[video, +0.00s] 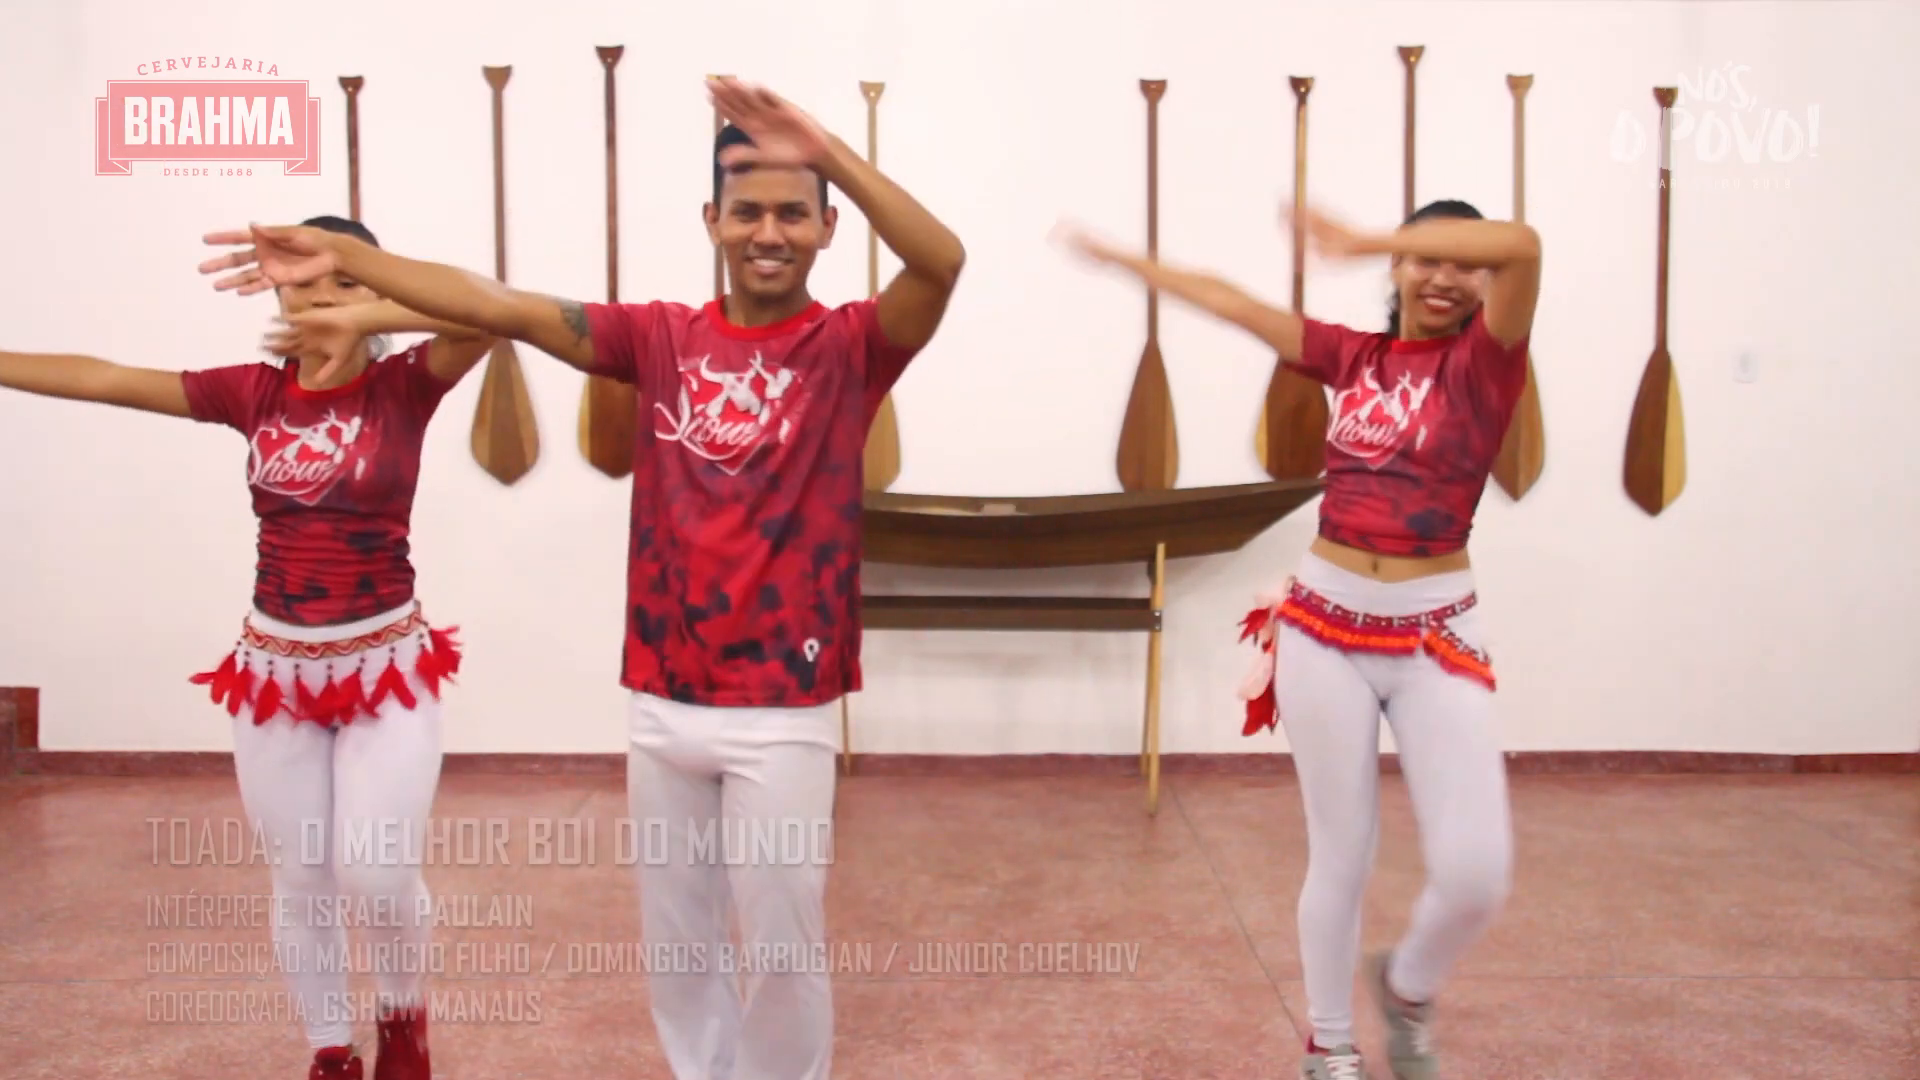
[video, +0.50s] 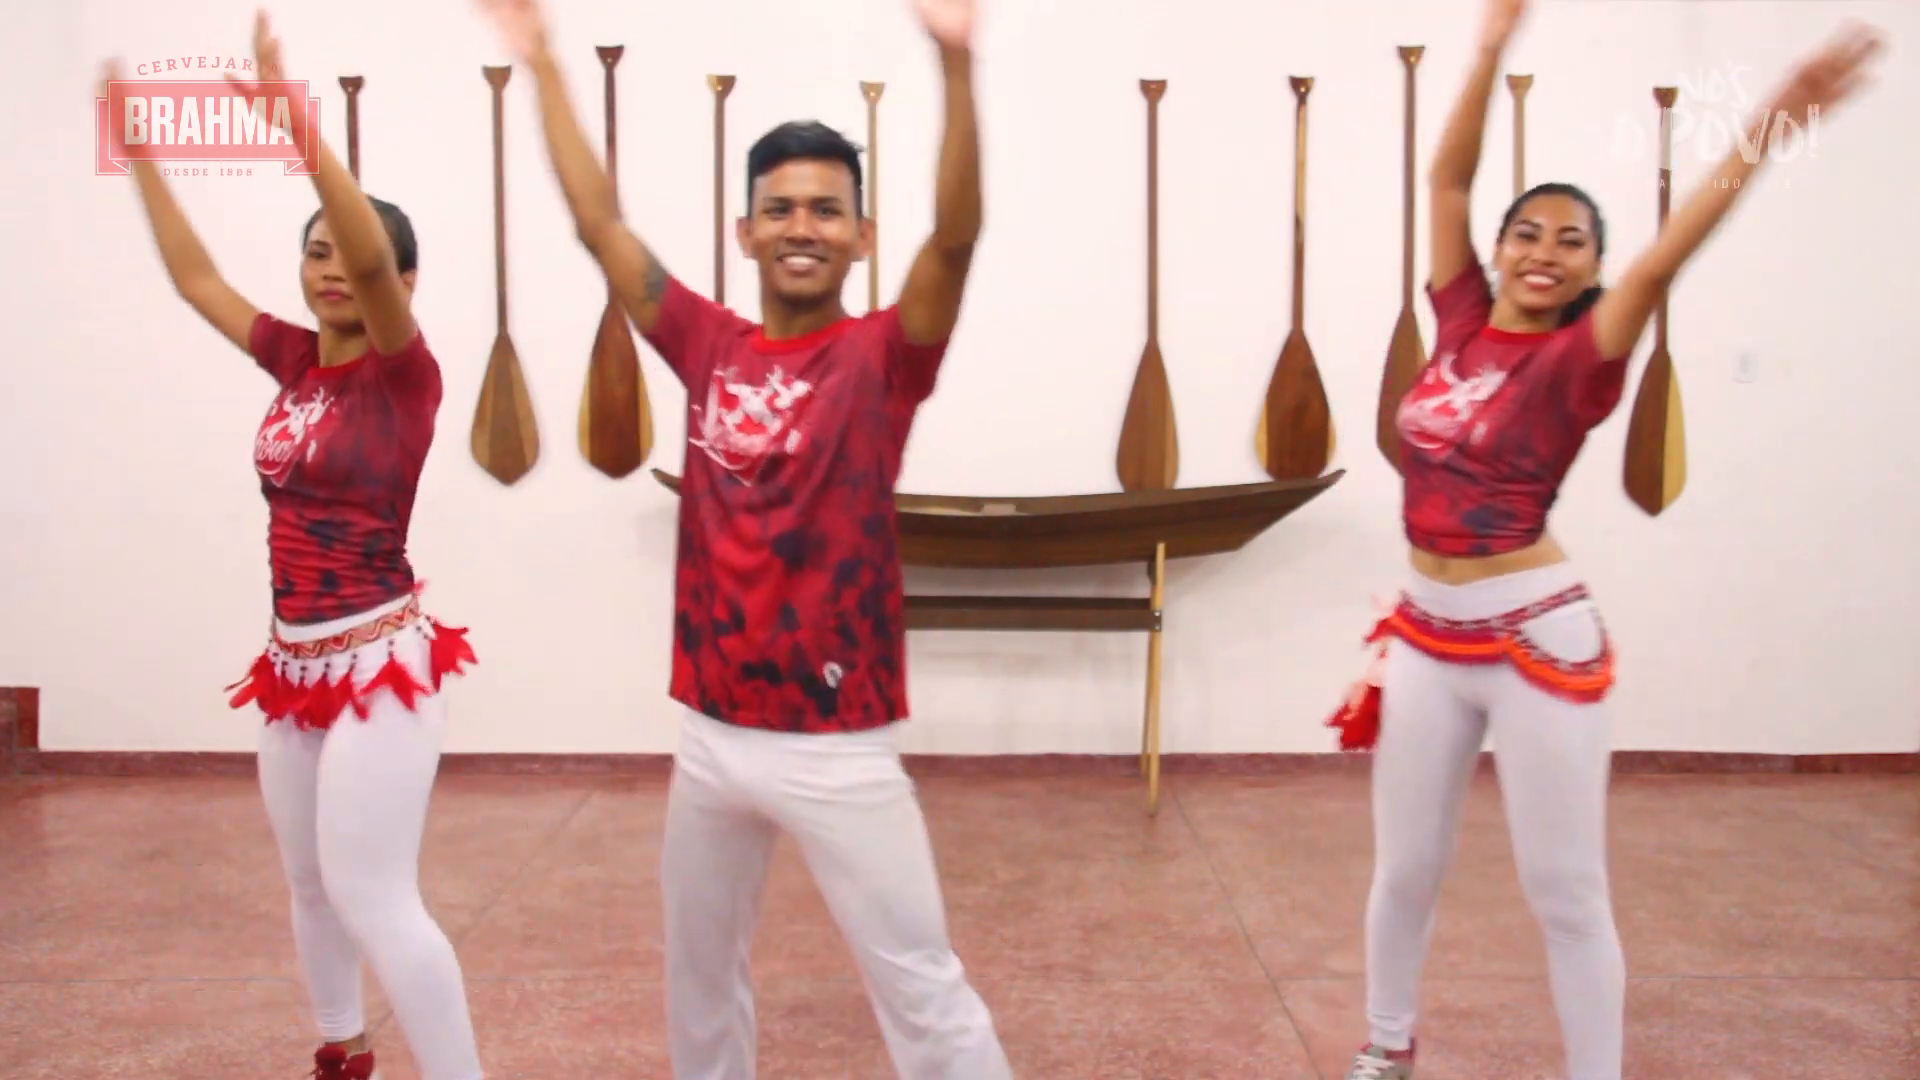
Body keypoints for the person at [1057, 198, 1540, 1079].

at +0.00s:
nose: (1443, 277)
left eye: (1461, 264)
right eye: (1426, 259)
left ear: (1487, 282)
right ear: (1399, 271)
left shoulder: (1487, 368)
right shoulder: (1354, 356)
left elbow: (1523, 246)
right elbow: (1234, 302)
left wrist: (1368, 239)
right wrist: (1124, 258)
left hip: (1439, 638)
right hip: (1326, 629)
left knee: (1476, 875)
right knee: (1342, 854)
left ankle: (1406, 988)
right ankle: (1331, 1050)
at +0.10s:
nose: (1462, 278)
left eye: (1480, 264)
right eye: (1445, 259)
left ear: (1501, 287)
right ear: (1412, 274)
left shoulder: (1489, 373)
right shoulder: (1370, 348)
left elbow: (1518, 252)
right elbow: (1283, 257)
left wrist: (1396, 152)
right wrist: (1185, 166)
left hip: (1443, 639)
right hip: (1328, 637)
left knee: (1514, 868)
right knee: (1348, 867)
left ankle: (1460, 1011)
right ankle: (1331, 1047)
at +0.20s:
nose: (1474, 265)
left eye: (1497, 256)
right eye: (1463, 245)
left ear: (1515, 282)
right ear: (1430, 255)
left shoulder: (1495, 368)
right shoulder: (1388, 328)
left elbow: (1538, 247)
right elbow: (1329, 211)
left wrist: (1487, 97)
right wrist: (1270, 89)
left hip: (1450, 618)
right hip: (1337, 617)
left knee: (1533, 870)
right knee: (1349, 861)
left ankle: (1542, 1065)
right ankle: (1332, 1051)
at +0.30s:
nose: (1496, 254)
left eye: (1520, 244)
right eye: (1483, 236)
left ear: (1539, 274)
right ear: (1449, 253)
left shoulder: (1514, 364)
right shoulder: (1407, 323)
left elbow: (1571, 243)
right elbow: (1373, 176)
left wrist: (1590, 86)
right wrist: (1346, 32)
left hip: (1470, 620)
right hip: (1360, 622)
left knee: (1536, 886)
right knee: (1361, 865)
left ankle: (1595, 1072)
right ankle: (1345, 1051)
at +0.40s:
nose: (1515, 255)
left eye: (1541, 246)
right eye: (1501, 237)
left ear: (1562, 275)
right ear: (1468, 251)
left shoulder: (1539, 367)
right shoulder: (1430, 323)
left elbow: (1608, 254)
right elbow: (1416, 180)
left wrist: (1683, 109)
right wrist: (1417, 37)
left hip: (1500, 628)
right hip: (1392, 624)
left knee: (1547, 893)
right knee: (1380, 872)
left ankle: (1594, 1073)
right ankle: (1363, 1054)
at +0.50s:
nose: (1544, 250)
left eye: (1568, 240)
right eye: (1528, 233)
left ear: (1593, 270)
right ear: (1496, 252)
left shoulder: (1580, 360)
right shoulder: (1460, 324)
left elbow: (1669, 253)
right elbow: (1447, 178)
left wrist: (1768, 128)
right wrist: (1487, 44)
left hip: (1536, 628)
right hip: (1425, 628)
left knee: (1564, 891)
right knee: (1401, 878)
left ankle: (1593, 1074)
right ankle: (1384, 1054)